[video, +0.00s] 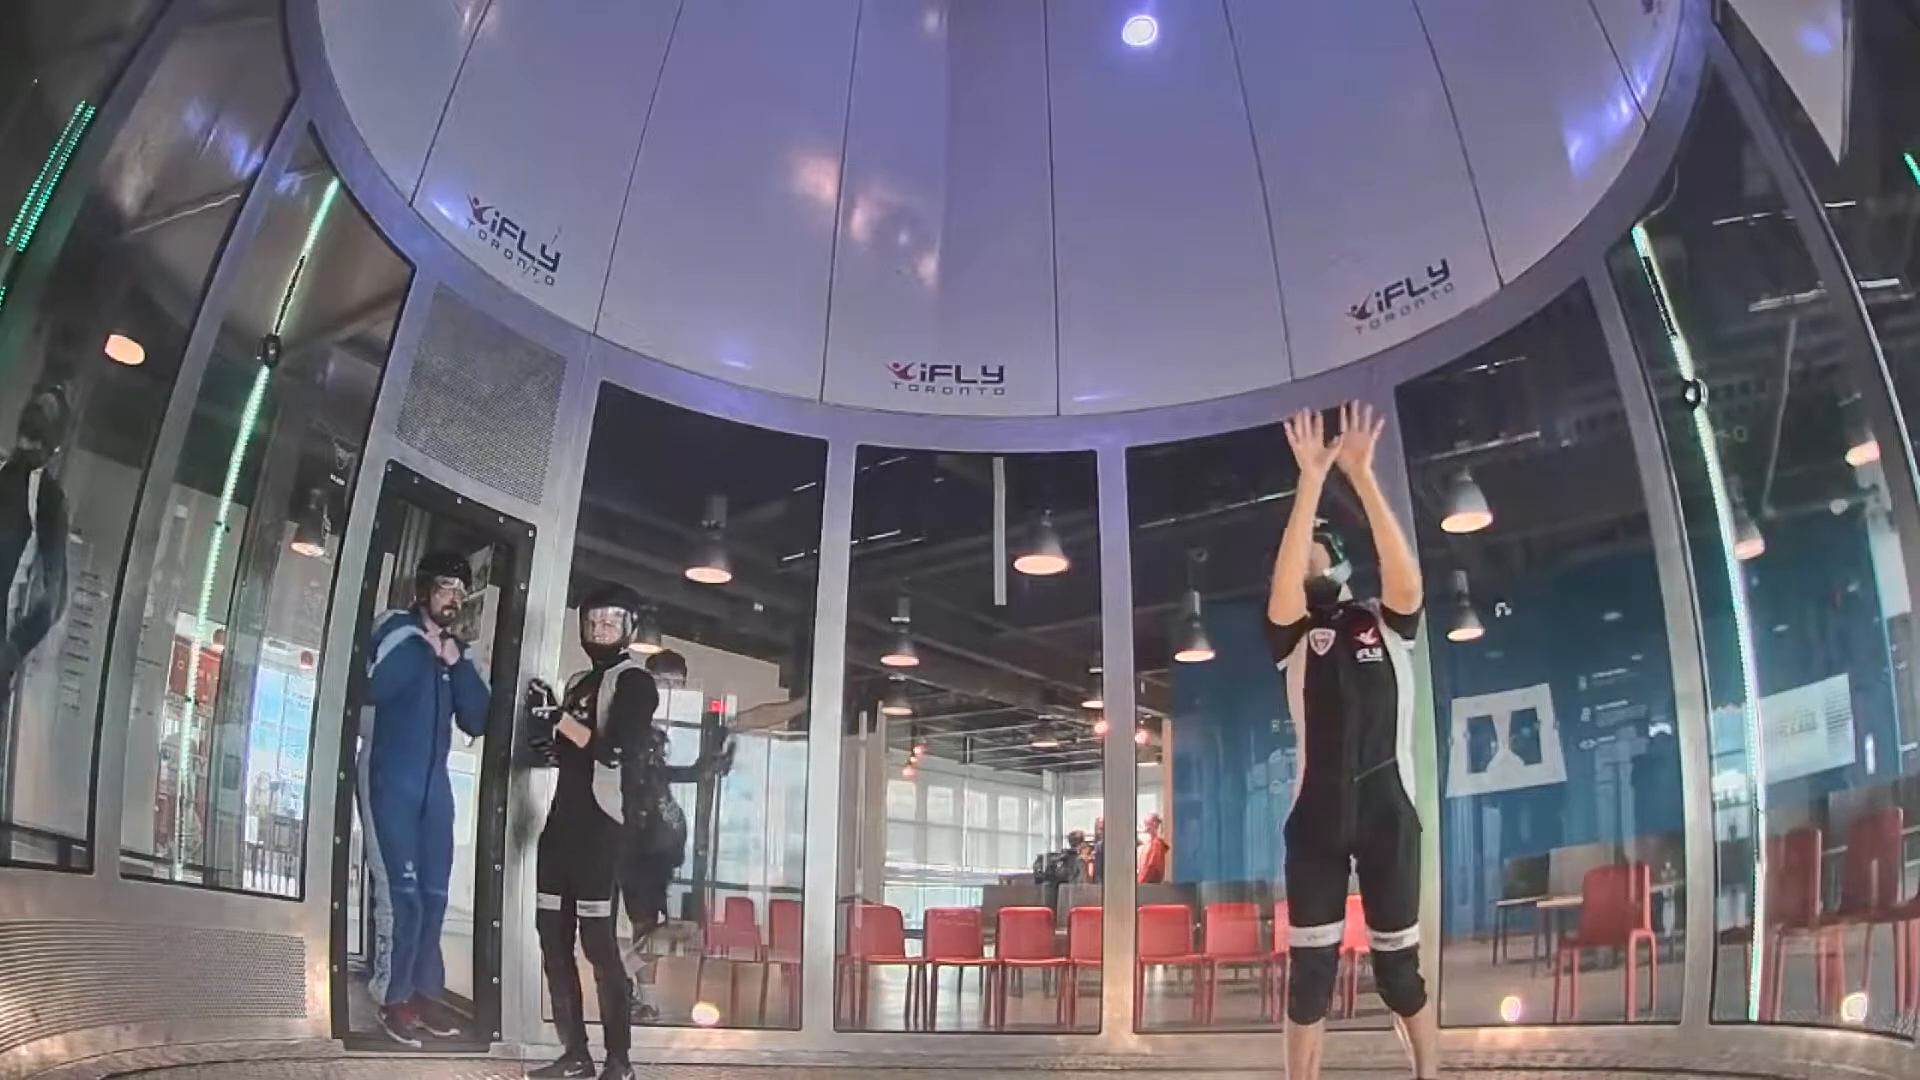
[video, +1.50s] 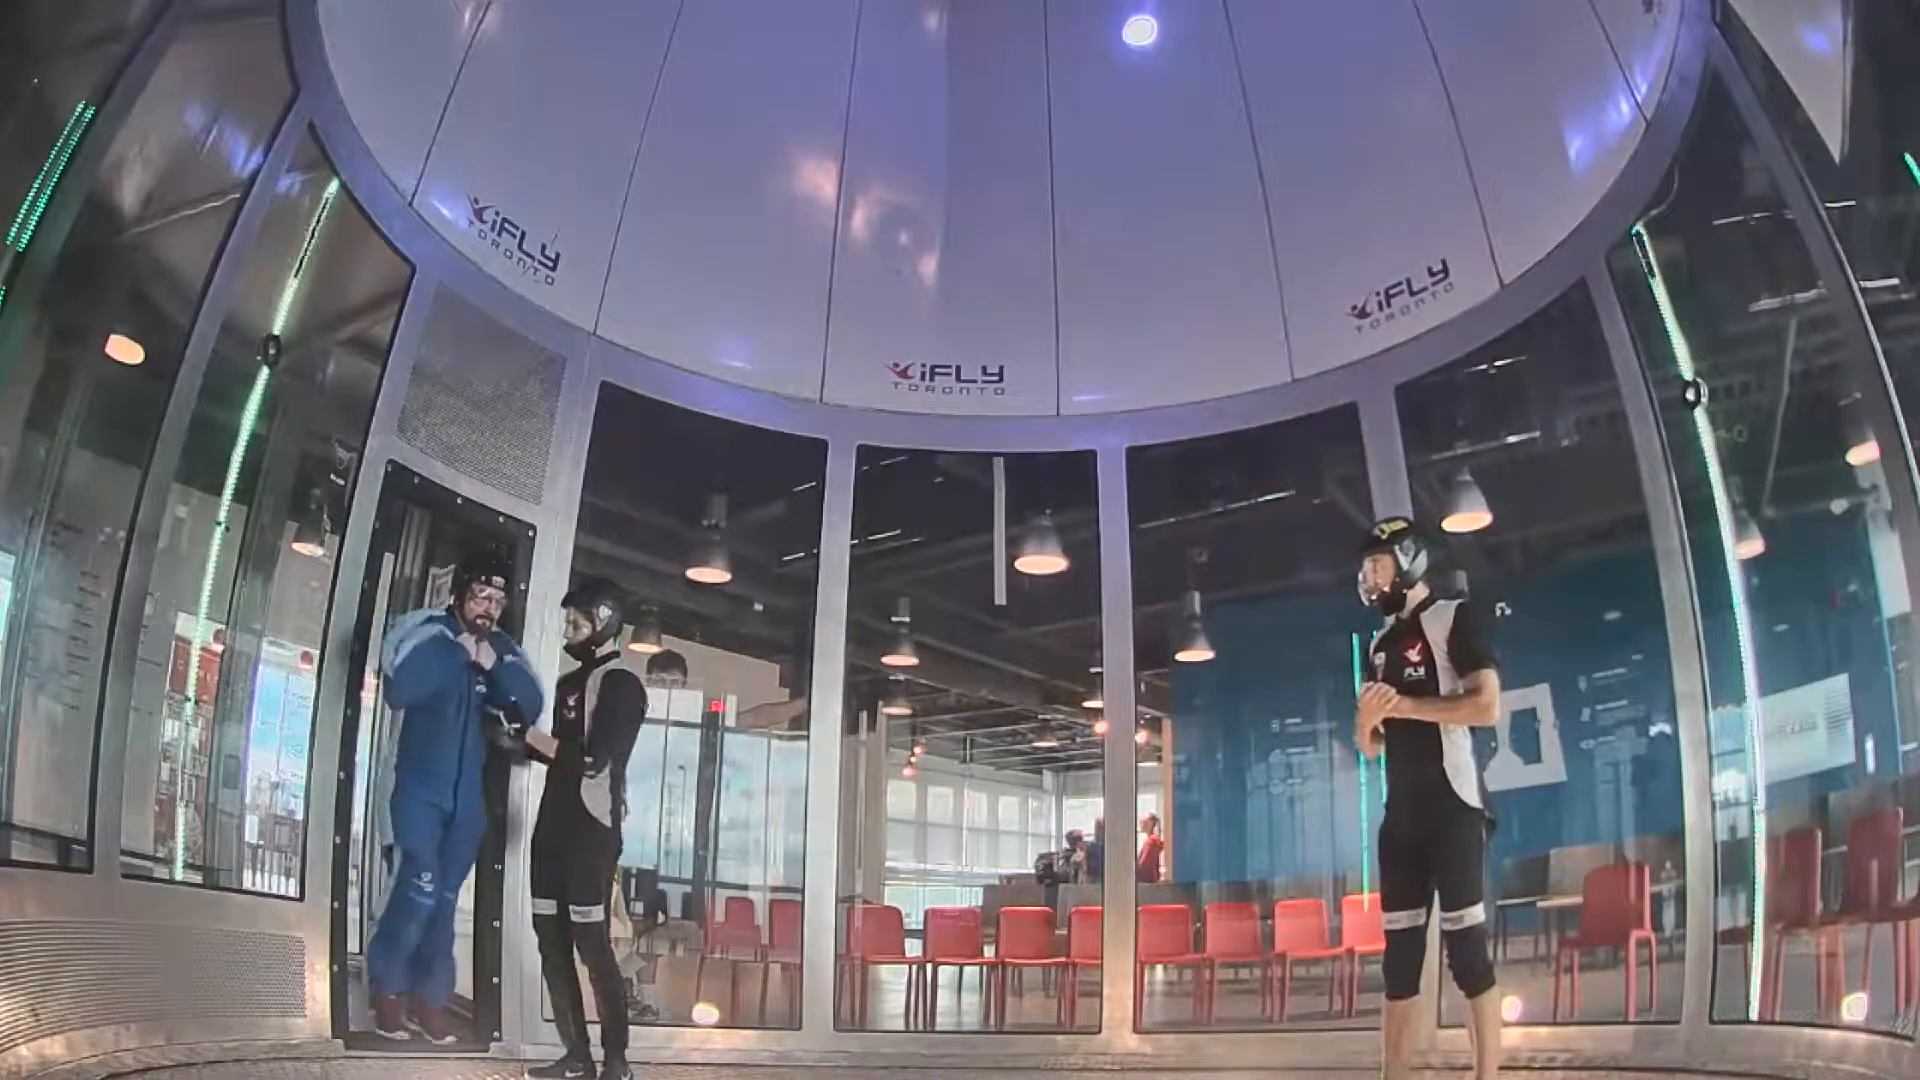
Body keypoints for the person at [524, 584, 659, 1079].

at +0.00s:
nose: (603, 628)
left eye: (612, 620)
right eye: (595, 620)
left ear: (628, 626)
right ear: (582, 626)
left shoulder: (635, 679)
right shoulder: (579, 683)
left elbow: (617, 751)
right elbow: (574, 751)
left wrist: (560, 718)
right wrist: (541, 725)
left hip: (603, 824)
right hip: (561, 819)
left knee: (598, 941)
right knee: (554, 937)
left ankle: (618, 1059)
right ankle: (575, 1053)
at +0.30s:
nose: (590, 627)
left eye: (600, 619)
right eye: (583, 618)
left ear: (616, 625)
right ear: (571, 624)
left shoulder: (623, 675)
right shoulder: (563, 676)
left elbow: (587, 736)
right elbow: (537, 739)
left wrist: (538, 689)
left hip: (589, 820)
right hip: (548, 816)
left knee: (588, 938)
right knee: (544, 935)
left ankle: (614, 1057)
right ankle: (574, 1051)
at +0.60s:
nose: (563, 620)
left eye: (573, 612)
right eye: (556, 612)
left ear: (593, 617)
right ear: (549, 619)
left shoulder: (606, 671)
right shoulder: (550, 676)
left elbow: (570, 731)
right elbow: (529, 740)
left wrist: (533, 694)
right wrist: (518, 710)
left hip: (580, 820)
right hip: (539, 817)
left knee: (579, 933)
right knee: (539, 931)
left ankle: (612, 1053)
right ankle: (572, 1051)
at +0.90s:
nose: (543, 624)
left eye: (551, 614)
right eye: (542, 614)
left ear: (579, 613)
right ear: (561, 616)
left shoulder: (603, 671)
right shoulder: (549, 675)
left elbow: (580, 732)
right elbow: (532, 738)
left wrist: (529, 695)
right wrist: (504, 705)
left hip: (581, 820)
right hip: (541, 817)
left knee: (583, 932)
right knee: (543, 931)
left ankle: (613, 1054)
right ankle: (574, 1051)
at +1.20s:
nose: (552, 624)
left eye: (560, 614)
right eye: (551, 615)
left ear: (587, 614)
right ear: (569, 617)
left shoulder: (612, 672)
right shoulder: (557, 678)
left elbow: (627, 748)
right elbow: (552, 744)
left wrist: (557, 746)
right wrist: (512, 746)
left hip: (586, 817)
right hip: (545, 813)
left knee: (587, 934)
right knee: (545, 930)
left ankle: (614, 1055)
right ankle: (575, 1052)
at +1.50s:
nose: (569, 630)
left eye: (579, 622)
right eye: (567, 621)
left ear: (607, 622)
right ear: (571, 624)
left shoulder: (623, 682)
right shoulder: (568, 683)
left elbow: (598, 761)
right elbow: (564, 756)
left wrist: (541, 741)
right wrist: (521, 742)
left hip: (592, 829)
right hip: (551, 824)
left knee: (592, 941)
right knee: (552, 939)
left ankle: (615, 1059)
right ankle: (577, 1054)